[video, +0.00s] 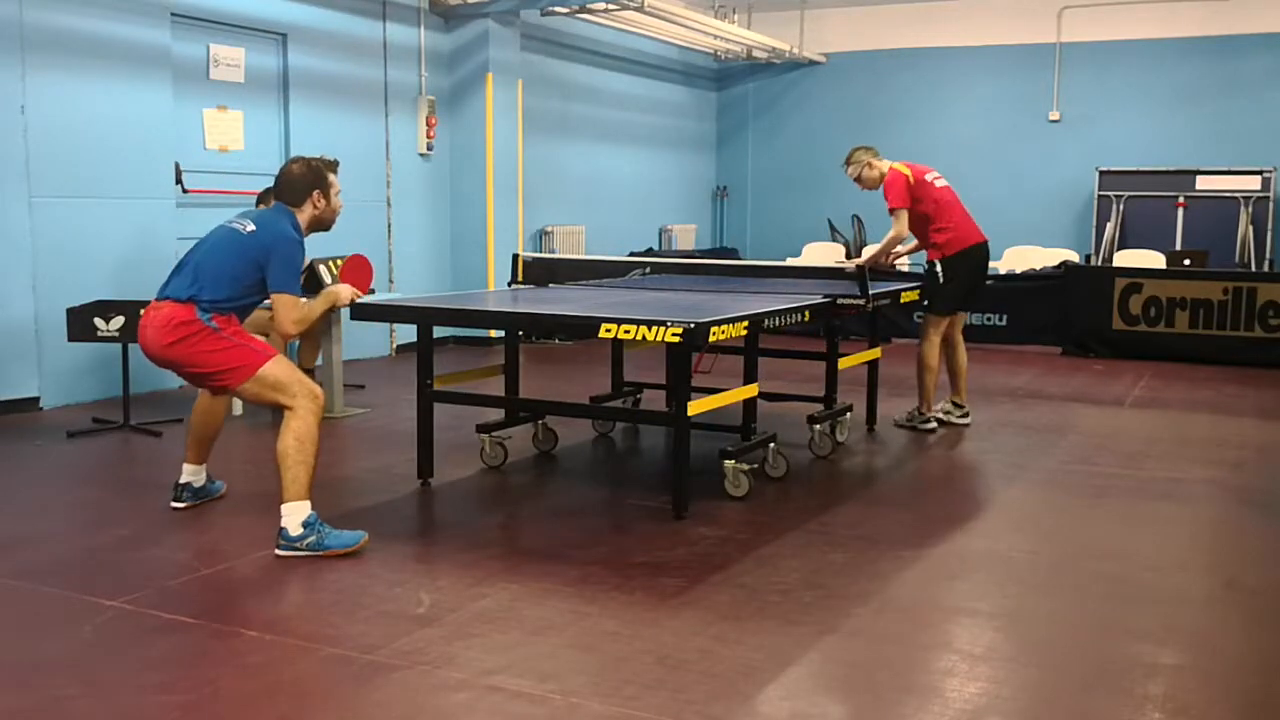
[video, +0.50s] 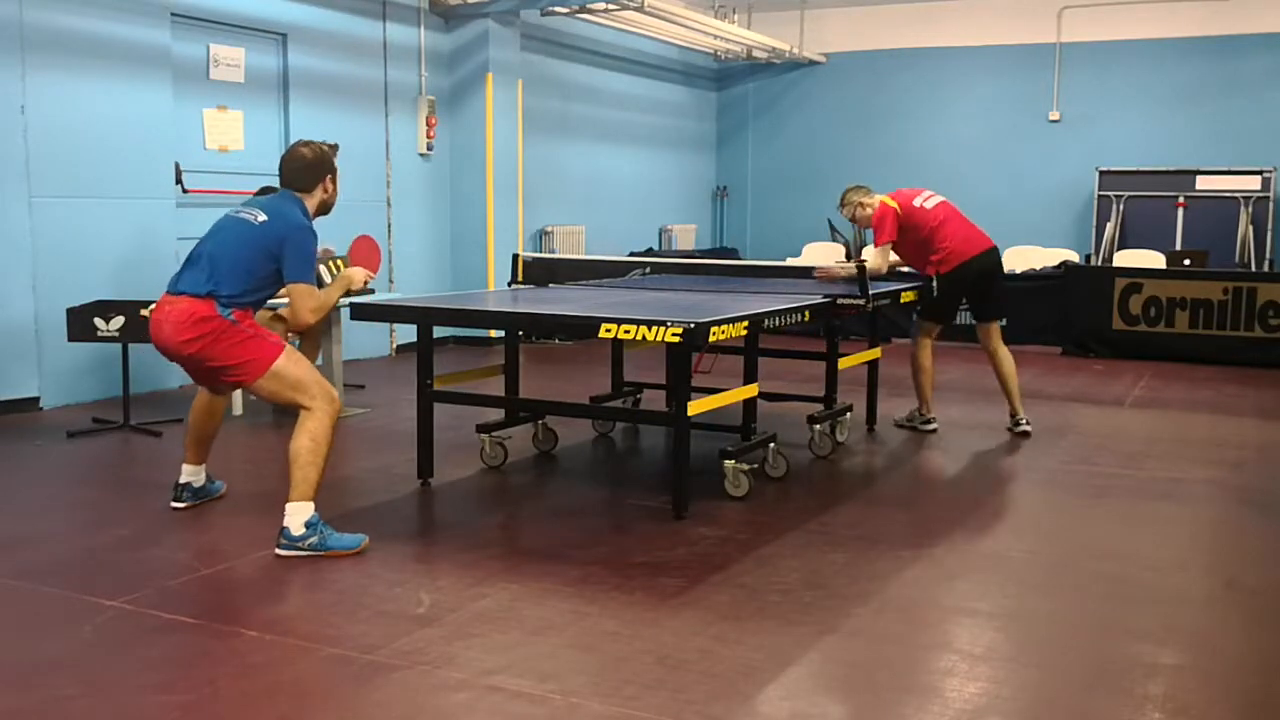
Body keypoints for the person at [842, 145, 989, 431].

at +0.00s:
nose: (860, 186)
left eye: (858, 178)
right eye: (856, 181)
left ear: (871, 164)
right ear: (874, 162)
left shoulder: (895, 176)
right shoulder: (914, 170)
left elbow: (899, 232)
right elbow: (936, 230)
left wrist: (872, 257)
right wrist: (902, 251)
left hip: (952, 255)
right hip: (973, 250)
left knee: (931, 334)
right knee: (953, 332)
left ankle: (925, 411)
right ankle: (959, 405)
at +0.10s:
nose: (856, 199)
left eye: (853, 191)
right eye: (851, 195)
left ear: (864, 177)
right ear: (865, 176)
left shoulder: (887, 186)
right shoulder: (910, 178)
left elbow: (888, 243)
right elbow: (930, 237)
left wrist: (862, 260)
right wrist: (894, 256)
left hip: (951, 257)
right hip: (978, 249)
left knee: (929, 336)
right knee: (959, 332)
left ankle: (925, 412)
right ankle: (966, 408)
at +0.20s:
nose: (855, 209)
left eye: (851, 202)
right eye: (850, 206)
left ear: (861, 188)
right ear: (865, 184)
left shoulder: (883, 193)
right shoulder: (908, 183)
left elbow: (881, 252)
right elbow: (925, 244)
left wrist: (862, 260)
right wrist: (887, 259)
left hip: (951, 260)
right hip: (982, 249)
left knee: (928, 336)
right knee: (970, 330)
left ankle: (924, 412)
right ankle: (986, 409)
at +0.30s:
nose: (855, 216)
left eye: (850, 209)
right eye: (850, 212)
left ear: (860, 194)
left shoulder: (883, 199)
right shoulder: (909, 188)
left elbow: (877, 256)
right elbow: (917, 252)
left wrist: (856, 260)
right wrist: (879, 260)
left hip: (952, 262)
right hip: (983, 251)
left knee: (926, 338)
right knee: (981, 333)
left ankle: (924, 413)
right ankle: (1006, 410)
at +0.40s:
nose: (857, 221)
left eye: (853, 215)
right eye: (852, 218)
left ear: (862, 198)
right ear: (868, 192)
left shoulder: (883, 203)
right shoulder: (907, 192)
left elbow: (877, 263)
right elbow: (922, 251)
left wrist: (844, 269)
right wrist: (887, 261)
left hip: (952, 264)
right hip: (985, 252)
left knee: (924, 337)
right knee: (989, 337)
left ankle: (925, 413)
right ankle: (1017, 413)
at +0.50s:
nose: (859, 226)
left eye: (855, 218)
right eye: (854, 222)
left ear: (863, 203)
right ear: (871, 196)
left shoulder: (884, 208)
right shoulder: (909, 196)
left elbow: (879, 267)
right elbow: (915, 254)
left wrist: (842, 272)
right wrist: (879, 263)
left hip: (952, 266)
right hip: (987, 254)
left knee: (923, 336)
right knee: (994, 341)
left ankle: (925, 412)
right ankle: (1019, 415)